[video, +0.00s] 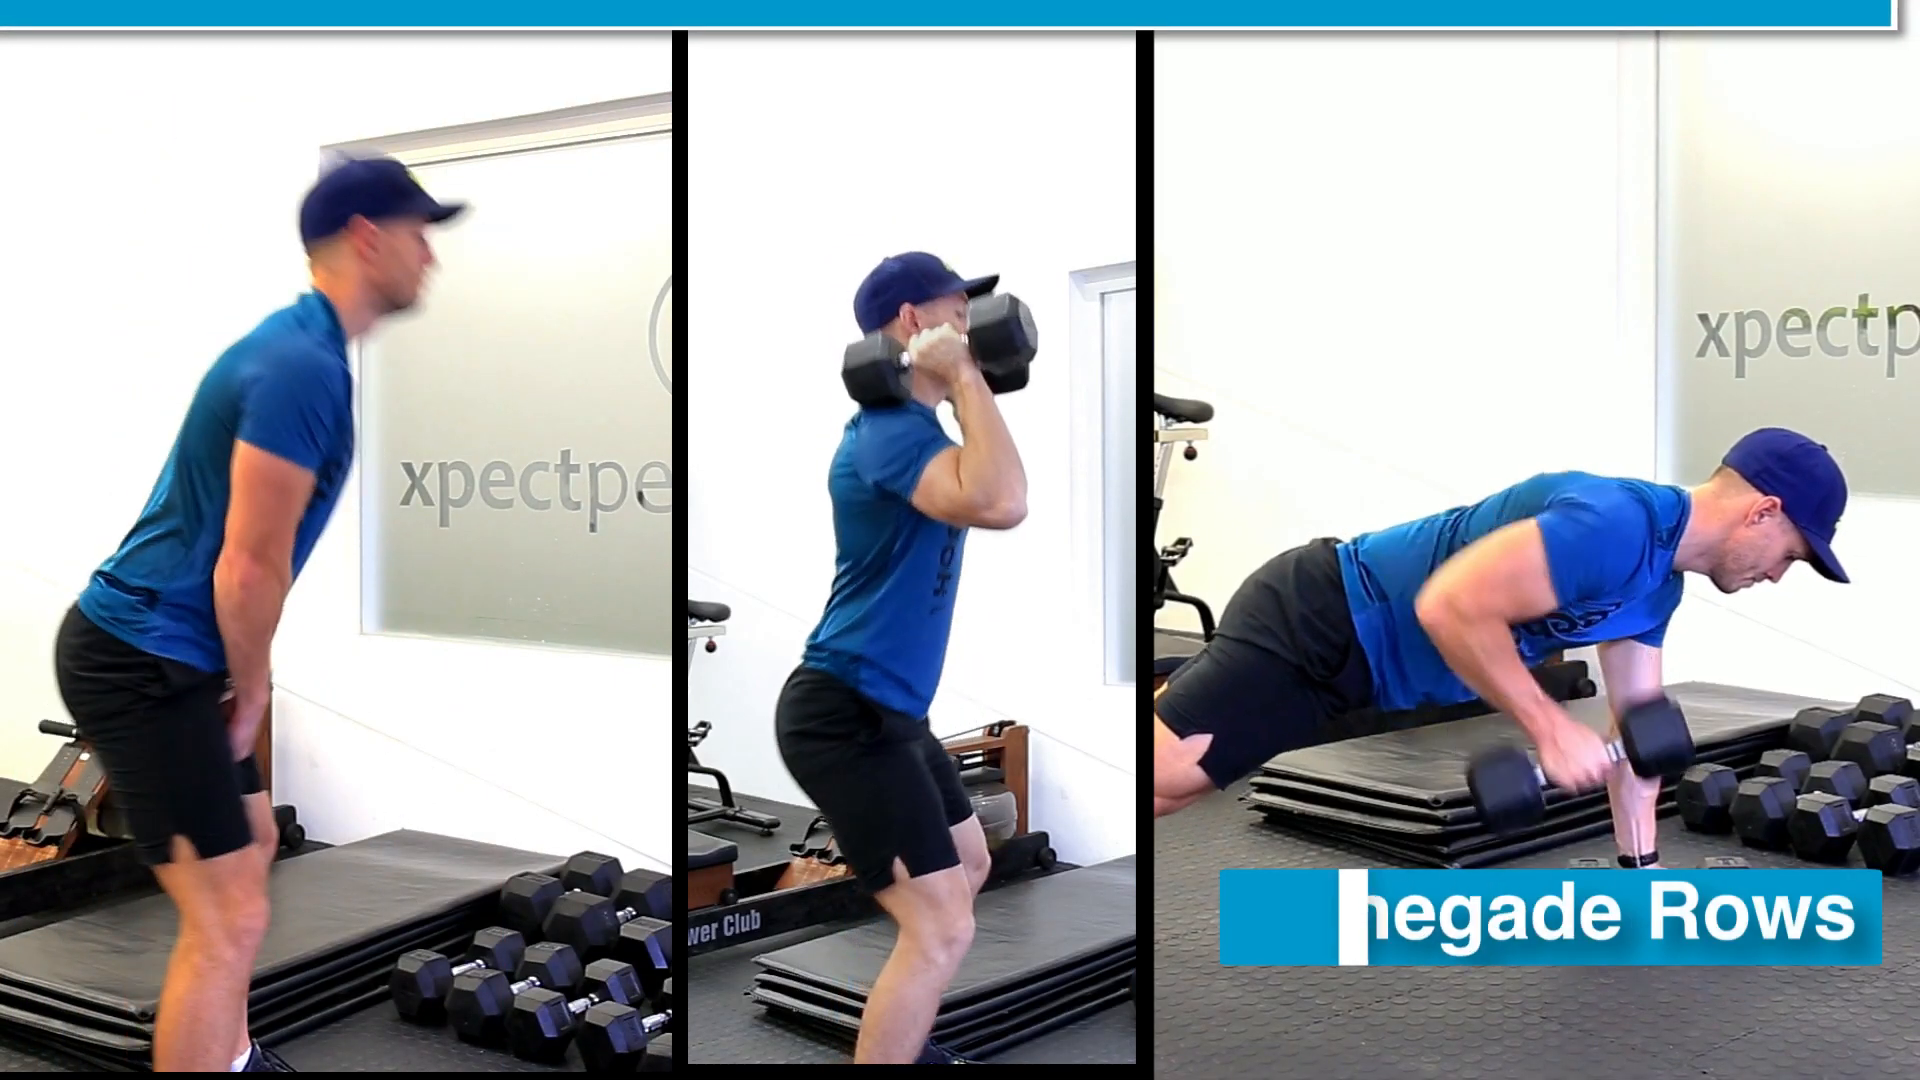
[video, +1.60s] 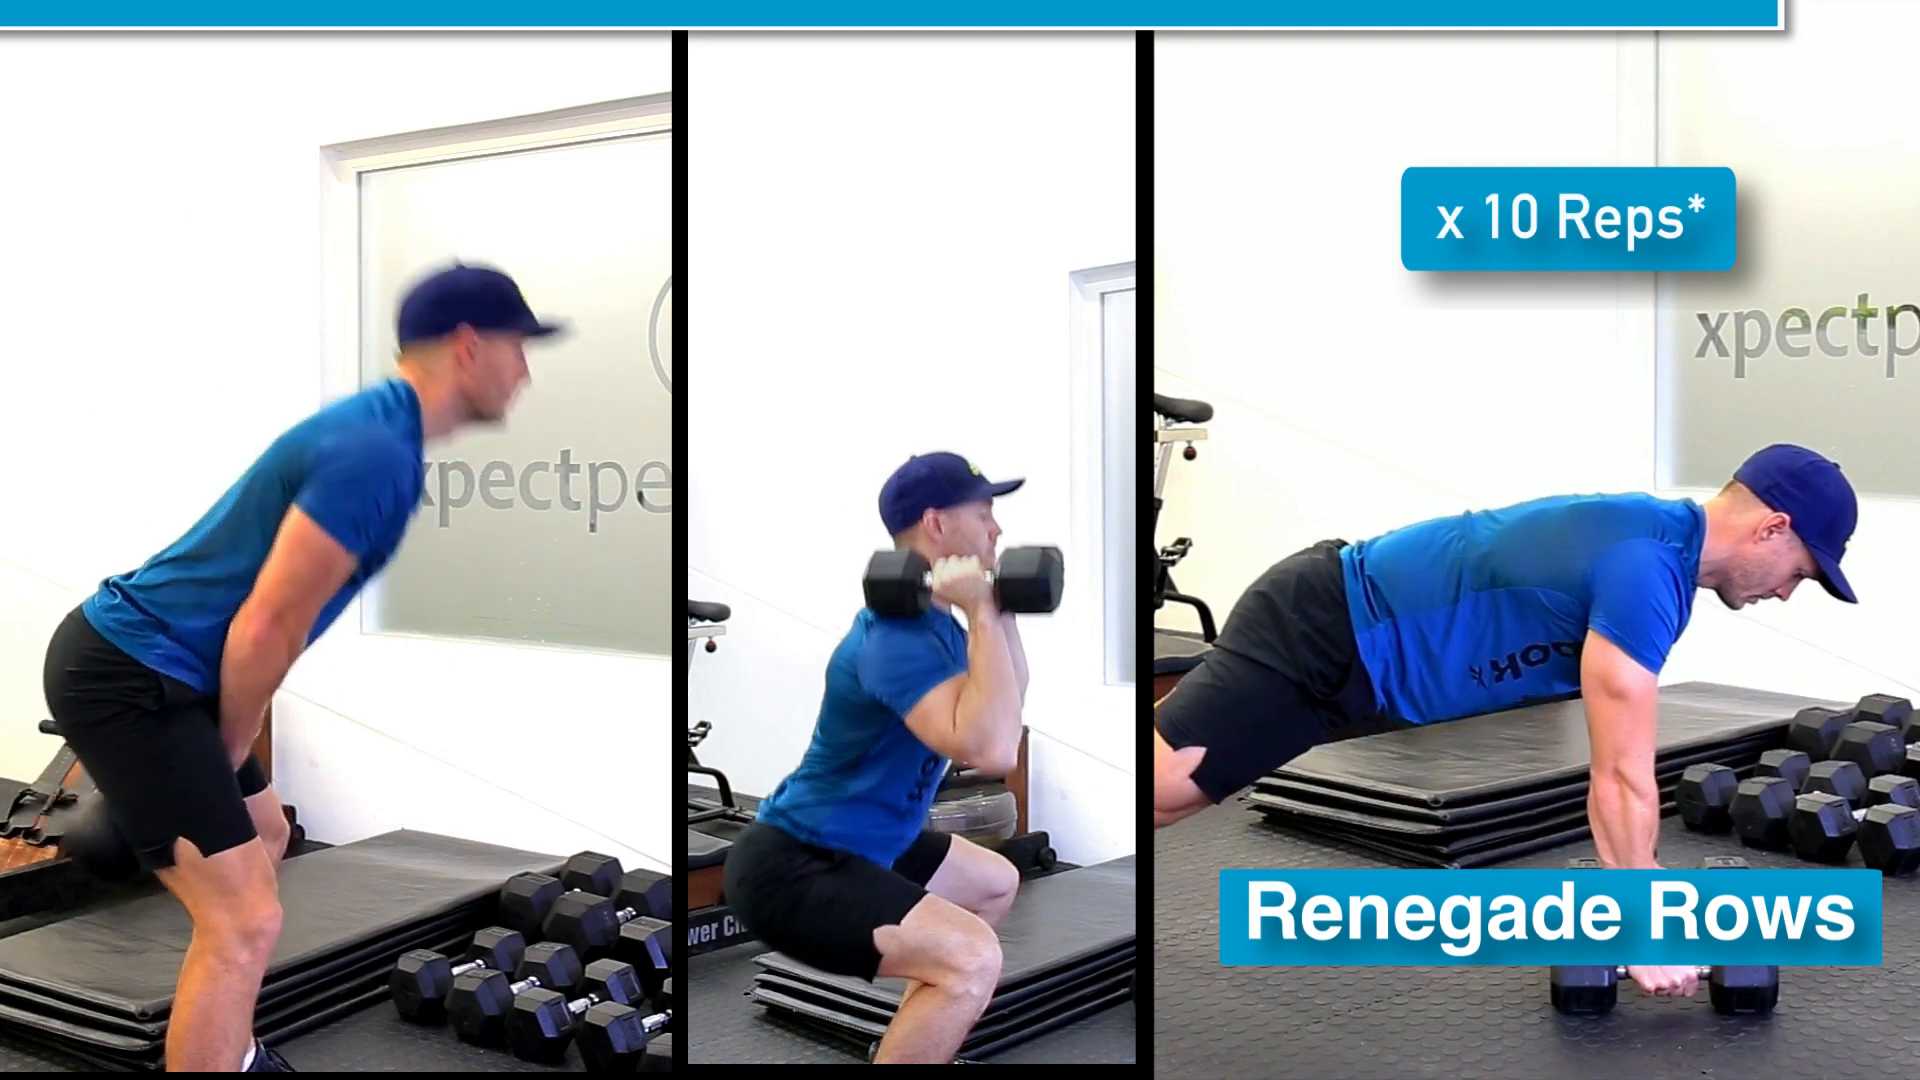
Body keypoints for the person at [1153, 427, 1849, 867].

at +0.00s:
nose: (1781, 577)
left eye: (1796, 565)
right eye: (1794, 556)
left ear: (1751, 508)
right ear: (1760, 510)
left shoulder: (1654, 578)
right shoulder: (1618, 527)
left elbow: (1637, 727)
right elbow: (1452, 606)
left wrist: (1643, 877)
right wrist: (1550, 730)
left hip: (1354, 662)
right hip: (1320, 618)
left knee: (1155, 768)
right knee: (1150, 774)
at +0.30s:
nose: (1779, 577)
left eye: (1793, 565)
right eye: (1791, 556)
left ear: (1750, 509)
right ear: (1758, 511)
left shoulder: (1652, 580)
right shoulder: (1615, 525)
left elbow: (1635, 732)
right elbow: (1505, 684)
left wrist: (1639, 867)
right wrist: (1593, 824)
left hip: (1353, 665)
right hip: (1322, 610)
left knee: (1157, 777)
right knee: (1149, 764)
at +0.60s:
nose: (1781, 581)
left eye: (1796, 570)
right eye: (1793, 560)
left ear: (1753, 511)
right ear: (1759, 514)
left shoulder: (1657, 574)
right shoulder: (1620, 544)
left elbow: (1637, 736)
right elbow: (1582, 751)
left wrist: (1653, 888)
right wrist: (1628, 899)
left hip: (1350, 660)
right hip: (1321, 612)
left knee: (1161, 776)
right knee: (1155, 762)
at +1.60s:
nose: (1791, 592)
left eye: (1805, 580)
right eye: (1802, 571)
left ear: (1762, 525)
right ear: (1770, 528)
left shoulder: (1659, 564)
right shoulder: (1645, 564)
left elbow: (1627, 768)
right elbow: (1619, 775)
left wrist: (1648, 928)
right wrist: (1642, 941)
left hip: (1346, 648)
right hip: (1329, 627)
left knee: (1147, 772)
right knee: (1140, 792)